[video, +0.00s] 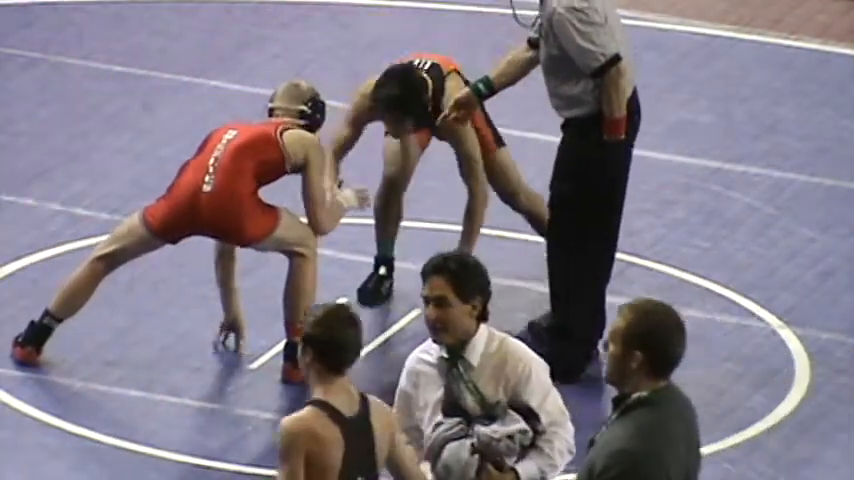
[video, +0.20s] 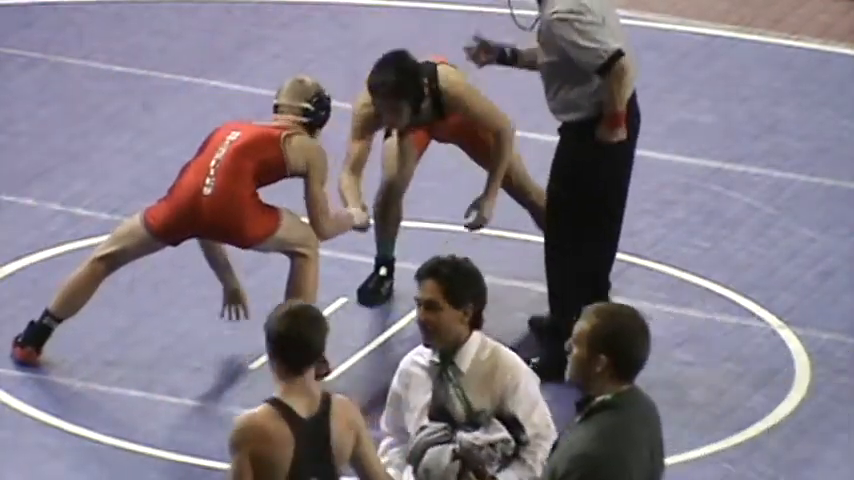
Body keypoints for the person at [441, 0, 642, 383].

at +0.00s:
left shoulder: (568, 11)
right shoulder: (554, 9)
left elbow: (615, 70)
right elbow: (530, 52)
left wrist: (614, 141)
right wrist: (476, 93)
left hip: (601, 127)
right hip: (585, 122)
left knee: (581, 235)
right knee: (564, 227)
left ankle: (574, 352)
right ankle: (566, 327)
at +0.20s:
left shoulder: (562, 17)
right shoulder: (563, 8)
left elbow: (621, 67)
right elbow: (555, 56)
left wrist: (613, 119)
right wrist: (502, 55)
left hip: (591, 130)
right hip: (603, 124)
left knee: (567, 235)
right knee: (584, 227)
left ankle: (566, 348)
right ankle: (578, 320)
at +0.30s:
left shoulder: (560, 17)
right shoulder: (569, 5)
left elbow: (614, 61)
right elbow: (555, 50)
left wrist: (611, 116)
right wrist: (517, 31)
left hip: (589, 128)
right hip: (607, 121)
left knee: (564, 228)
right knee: (589, 224)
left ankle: (570, 332)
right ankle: (588, 318)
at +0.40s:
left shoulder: (560, 15)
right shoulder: (593, 4)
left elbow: (598, 67)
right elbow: (563, 50)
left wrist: (587, 125)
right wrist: (528, 19)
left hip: (589, 128)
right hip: (618, 119)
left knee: (565, 226)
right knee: (596, 223)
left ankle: (563, 323)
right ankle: (590, 316)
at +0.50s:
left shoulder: (572, 15)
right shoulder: (593, 5)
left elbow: (566, 98)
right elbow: (568, 49)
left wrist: (538, 130)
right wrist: (535, 16)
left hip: (593, 130)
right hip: (619, 118)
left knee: (568, 231)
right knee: (597, 229)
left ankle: (567, 332)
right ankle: (588, 327)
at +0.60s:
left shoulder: (585, 16)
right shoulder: (609, 5)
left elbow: (530, 88)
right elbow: (584, 50)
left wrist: (485, 98)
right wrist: (545, 17)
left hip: (598, 133)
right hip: (619, 121)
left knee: (573, 239)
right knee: (593, 235)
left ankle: (574, 350)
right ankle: (583, 343)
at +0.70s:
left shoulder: (587, 18)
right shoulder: (624, 6)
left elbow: (512, 58)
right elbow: (596, 38)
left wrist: (460, 43)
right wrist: (552, 24)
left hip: (601, 134)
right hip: (627, 125)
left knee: (572, 242)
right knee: (602, 235)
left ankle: (569, 356)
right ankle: (605, 336)